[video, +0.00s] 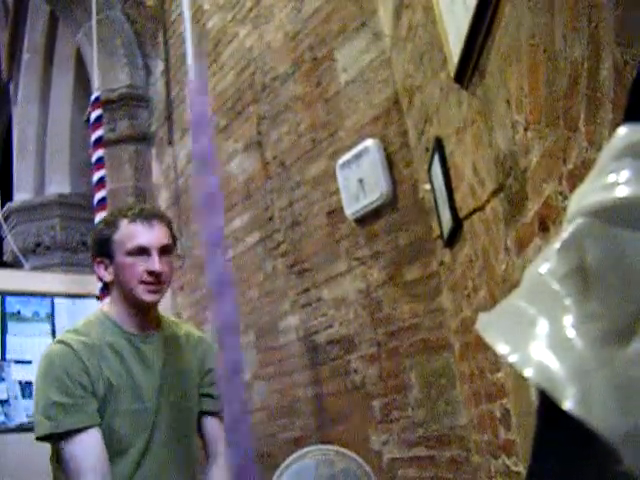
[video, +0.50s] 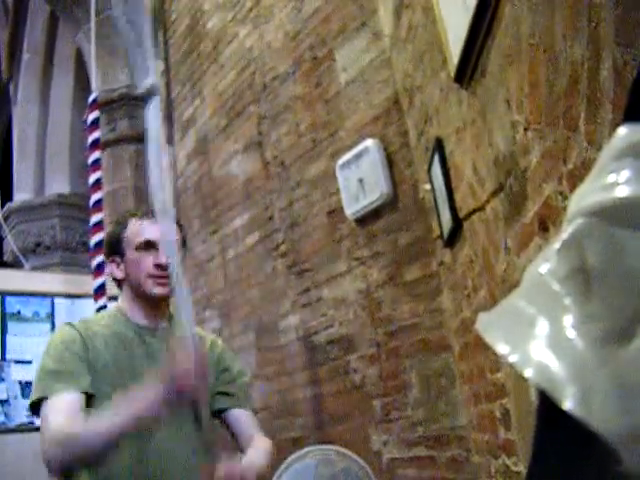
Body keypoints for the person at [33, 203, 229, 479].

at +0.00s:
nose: (157, 268)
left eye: (165, 253)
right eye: (139, 254)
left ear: (174, 261)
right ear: (104, 268)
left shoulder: (198, 349)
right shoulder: (69, 358)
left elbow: (222, 456)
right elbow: (92, 475)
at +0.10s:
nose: (155, 266)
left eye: (164, 252)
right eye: (138, 252)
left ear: (173, 260)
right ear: (104, 268)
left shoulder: (197, 349)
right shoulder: (71, 356)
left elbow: (227, 459)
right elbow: (91, 474)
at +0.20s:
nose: (156, 265)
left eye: (164, 251)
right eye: (139, 251)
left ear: (174, 262)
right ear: (105, 268)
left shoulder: (200, 350)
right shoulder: (73, 354)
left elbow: (232, 457)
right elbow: (85, 471)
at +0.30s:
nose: (158, 263)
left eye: (166, 250)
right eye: (141, 250)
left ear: (175, 260)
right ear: (109, 268)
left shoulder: (203, 350)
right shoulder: (74, 352)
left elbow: (241, 456)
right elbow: (73, 468)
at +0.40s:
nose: (160, 262)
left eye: (169, 250)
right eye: (145, 249)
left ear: (178, 262)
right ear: (113, 268)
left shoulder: (204, 350)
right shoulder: (76, 346)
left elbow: (251, 453)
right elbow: (60, 461)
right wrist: (152, 474)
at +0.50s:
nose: (164, 260)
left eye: (171, 249)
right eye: (147, 248)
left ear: (182, 260)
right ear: (117, 267)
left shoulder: (206, 349)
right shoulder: (76, 341)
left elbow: (257, 444)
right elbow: (57, 448)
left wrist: (245, 468)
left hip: (191, 472)